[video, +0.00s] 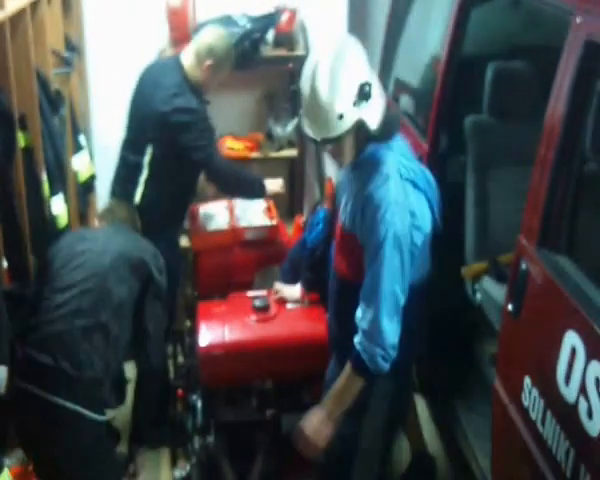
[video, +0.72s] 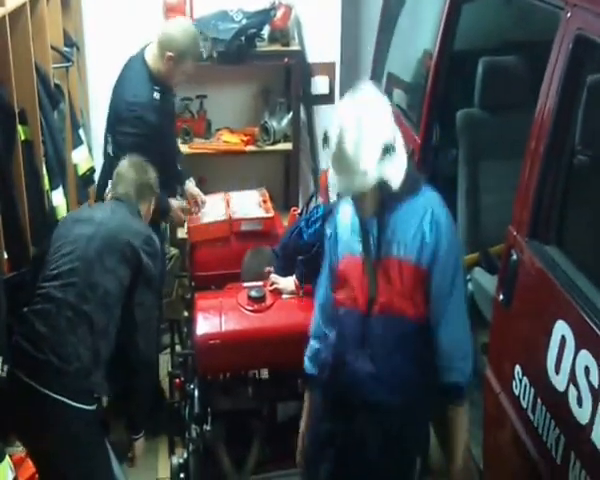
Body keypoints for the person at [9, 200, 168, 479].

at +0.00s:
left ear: (99, 221)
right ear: (136, 226)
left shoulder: (65, 242)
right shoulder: (146, 254)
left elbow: (35, 308)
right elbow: (152, 353)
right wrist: (142, 440)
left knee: (49, 471)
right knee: (93, 471)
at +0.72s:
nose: (152, 213)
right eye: (154, 206)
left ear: (111, 191)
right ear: (151, 204)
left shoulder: (71, 219)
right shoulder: (144, 241)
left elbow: (32, 285)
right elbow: (142, 342)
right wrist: (137, 427)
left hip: (20, 378)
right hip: (71, 395)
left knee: (53, 472)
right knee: (98, 472)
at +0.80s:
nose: (162, 202)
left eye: (164, 193)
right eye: (163, 193)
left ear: (119, 179)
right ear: (154, 190)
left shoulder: (73, 214)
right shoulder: (141, 234)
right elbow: (139, 338)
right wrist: (135, 421)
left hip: (20, 369)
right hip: (68, 383)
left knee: (56, 470)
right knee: (95, 472)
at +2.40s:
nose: (171, 224)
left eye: (176, 217)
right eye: (175, 214)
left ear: (150, 186)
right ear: (166, 196)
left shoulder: (122, 196)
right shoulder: (140, 200)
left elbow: (136, 294)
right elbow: (142, 291)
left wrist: (166, 356)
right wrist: (166, 359)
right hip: (78, 339)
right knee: (104, 450)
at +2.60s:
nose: (167, 234)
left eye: (171, 228)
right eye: (170, 224)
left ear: (146, 194)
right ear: (165, 203)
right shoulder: (146, 199)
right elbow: (151, 281)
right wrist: (170, 357)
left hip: (51, 325)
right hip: (84, 330)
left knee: (94, 430)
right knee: (110, 431)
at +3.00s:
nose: (171, 234)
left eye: (175, 227)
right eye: (175, 223)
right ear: (169, 204)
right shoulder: (152, 199)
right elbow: (153, 277)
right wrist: (172, 356)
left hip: (53, 318)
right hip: (85, 323)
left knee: (94, 422)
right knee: (112, 421)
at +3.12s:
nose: (170, 242)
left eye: (175, 234)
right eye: (175, 230)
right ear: (170, 207)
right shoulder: (151, 199)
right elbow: (153, 276)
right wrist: (172, 357)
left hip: (51, 318)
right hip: (83, 323)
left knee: (92, 429)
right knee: (111, 429)